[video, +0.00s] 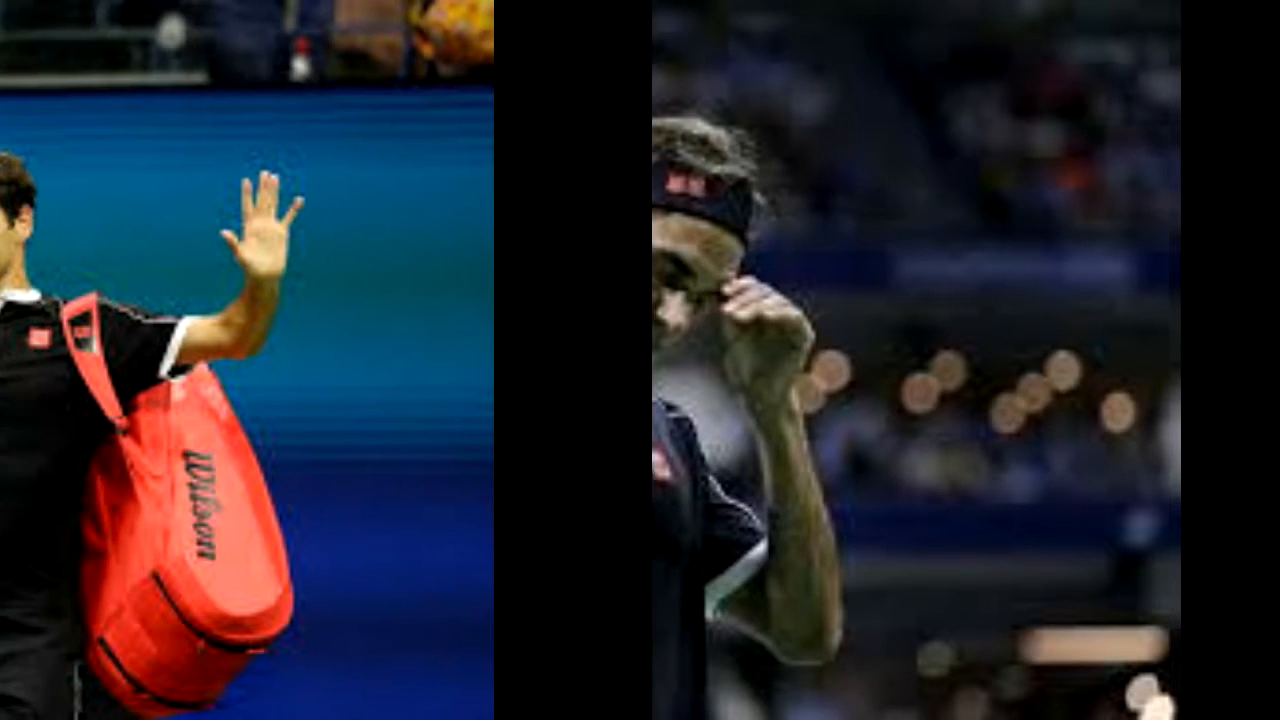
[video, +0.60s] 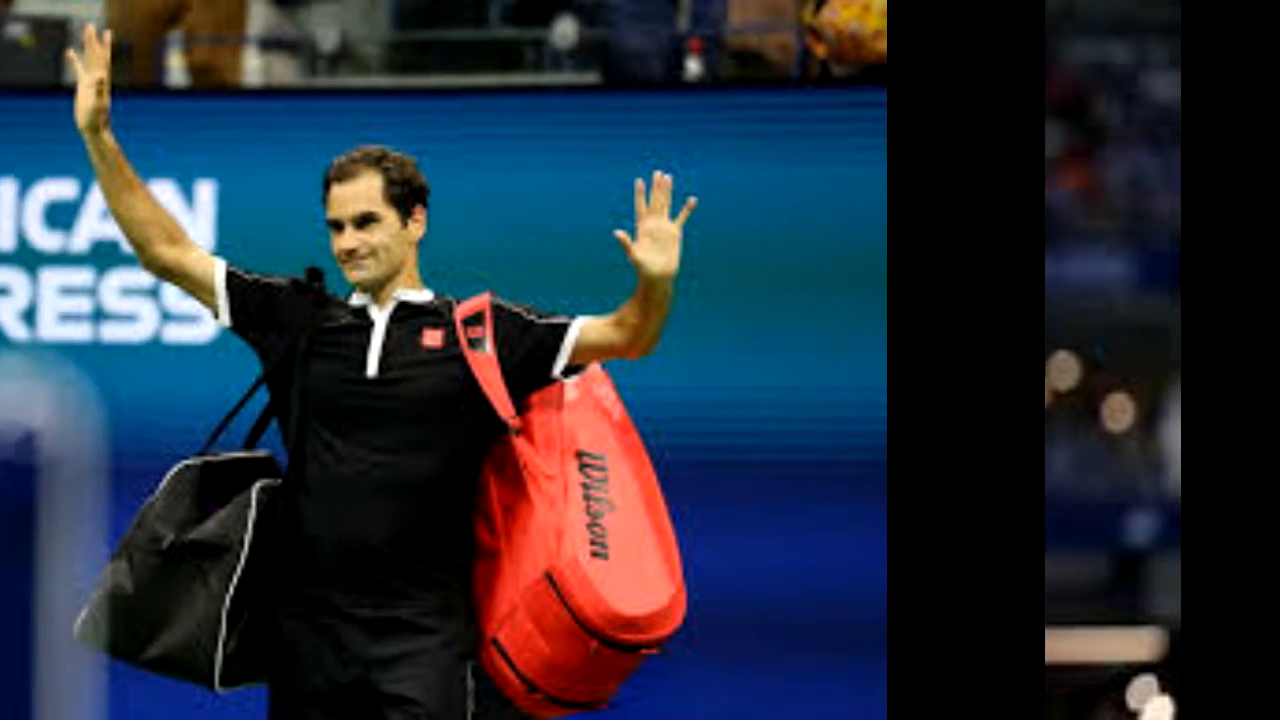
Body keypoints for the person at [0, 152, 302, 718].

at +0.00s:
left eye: (2, 215)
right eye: (3, 215)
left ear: (23, 221)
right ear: (20, 221)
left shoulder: (77, 332)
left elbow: (233, 335)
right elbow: (233, 334)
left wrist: (263, 283)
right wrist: (264, 283)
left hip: (31, 622)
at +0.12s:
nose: (33, 242)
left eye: (51, 223)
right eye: (22, 228)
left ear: (100, 223)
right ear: (13, 235)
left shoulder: (160, 329)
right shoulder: (8, 328)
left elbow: (313, 337)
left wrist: (341, 283)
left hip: (107, 623)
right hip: (9, 617)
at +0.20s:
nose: (86, 242)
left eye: (103, 223)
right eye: (74, 227)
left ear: (152, 222)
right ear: (64, 233)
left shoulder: (215, 329)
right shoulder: (34, 323)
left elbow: (363, 337)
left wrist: (393, 285)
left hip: (159, 623)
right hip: (48, 617)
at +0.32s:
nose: (165, 243)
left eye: (182, 223)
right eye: (153, 228)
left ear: (231, 223)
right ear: (143, 235)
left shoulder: (295, 330)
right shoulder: (111, 317)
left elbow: (445, 337)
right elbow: (5, 259)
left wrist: (473, 282)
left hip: (239, 626)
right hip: (129, 622)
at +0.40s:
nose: (218, 242)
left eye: (236, 222)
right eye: (205, 227)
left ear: (283, 223)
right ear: (195, 234)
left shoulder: (351, 331)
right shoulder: (166, 319)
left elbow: (497, 336)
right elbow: (38, 252)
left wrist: (525, 282)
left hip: (293, 628)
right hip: (181, 625)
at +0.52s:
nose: (294, 241)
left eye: (312, 224)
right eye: (283, 228)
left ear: (360, 224)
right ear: (273, 235)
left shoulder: (429, 329)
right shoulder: (242, 317)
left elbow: (574, 336)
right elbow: (111, 251)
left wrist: (603, 284)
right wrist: (42, 133)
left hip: (370, 626)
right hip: (256, 624)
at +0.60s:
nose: (347, 242)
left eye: (365, 224)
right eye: (336, 228)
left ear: (413, 225)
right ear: (327, 235)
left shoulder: (482, 329)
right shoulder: (295, 317)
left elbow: (628, 336)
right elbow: (164, 251)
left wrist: (656, 284)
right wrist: (95, 133)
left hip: (424, 627)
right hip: (310, 624)